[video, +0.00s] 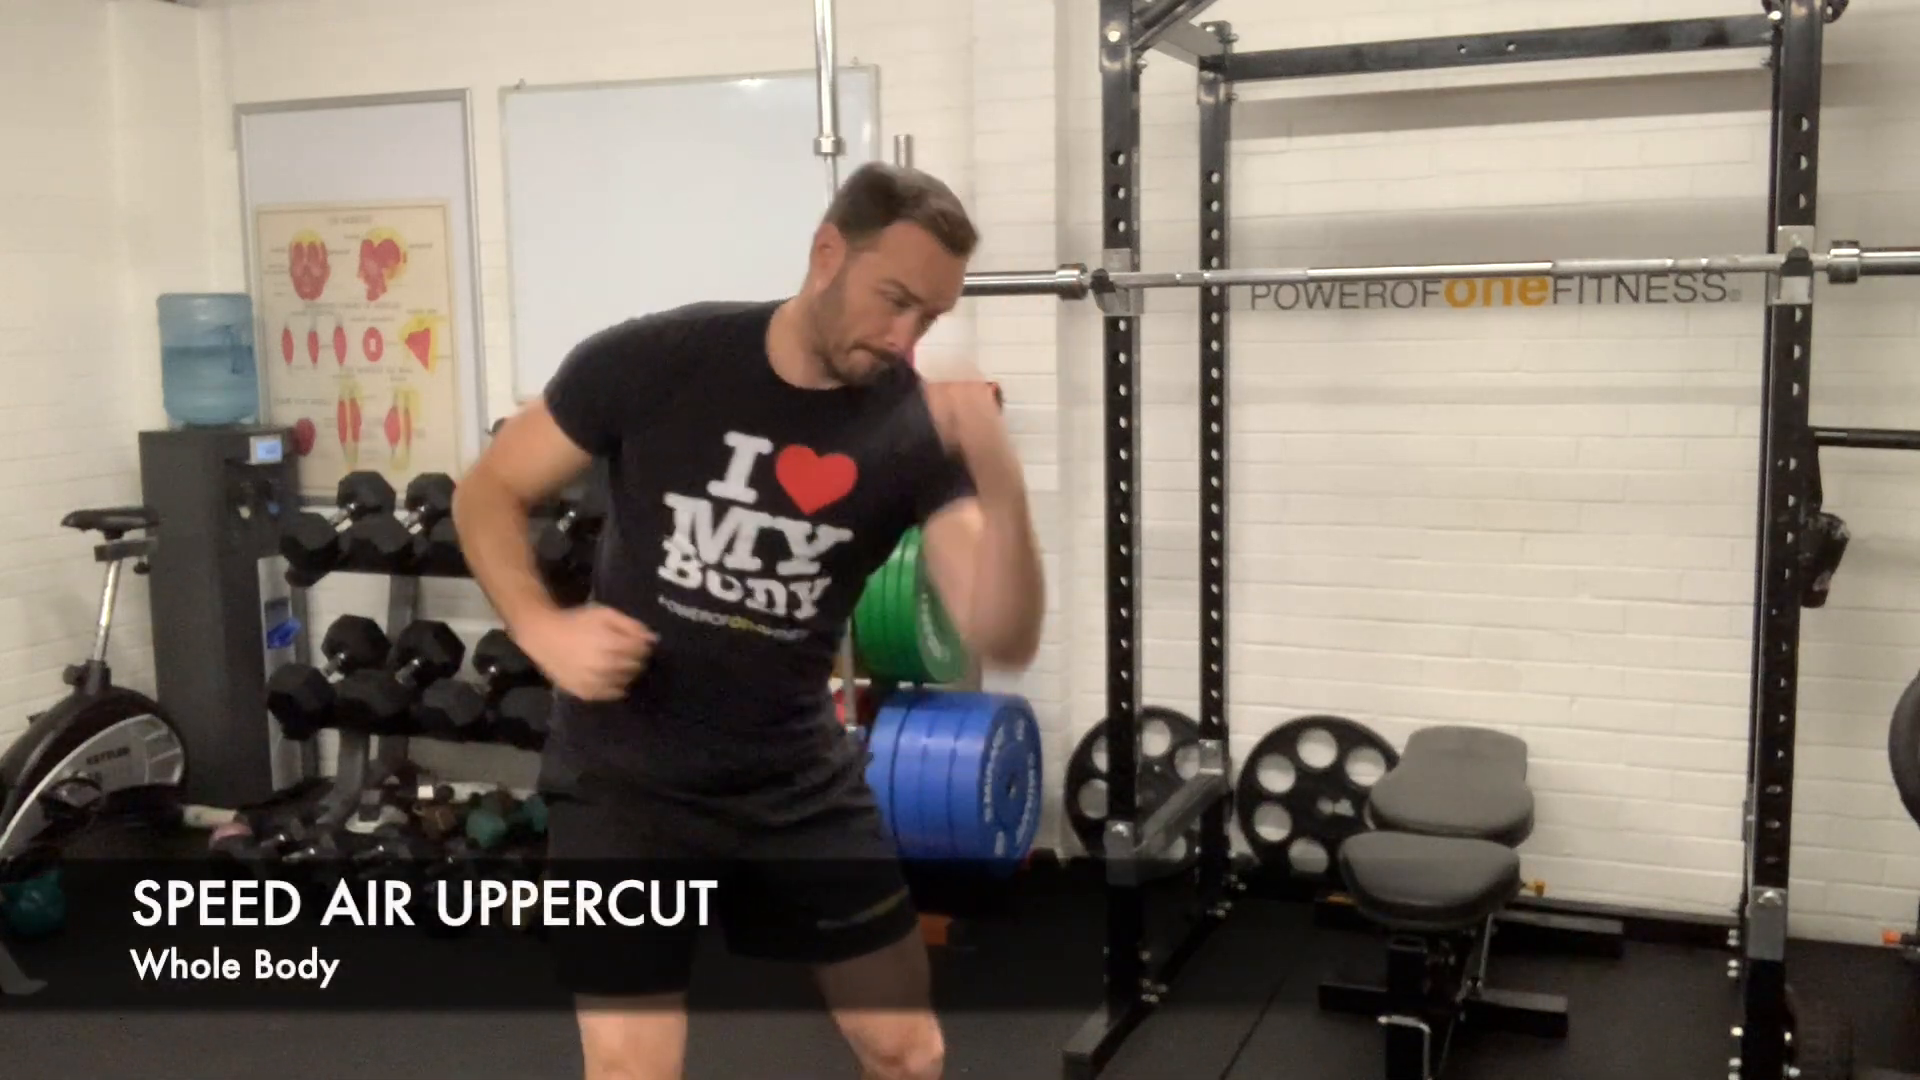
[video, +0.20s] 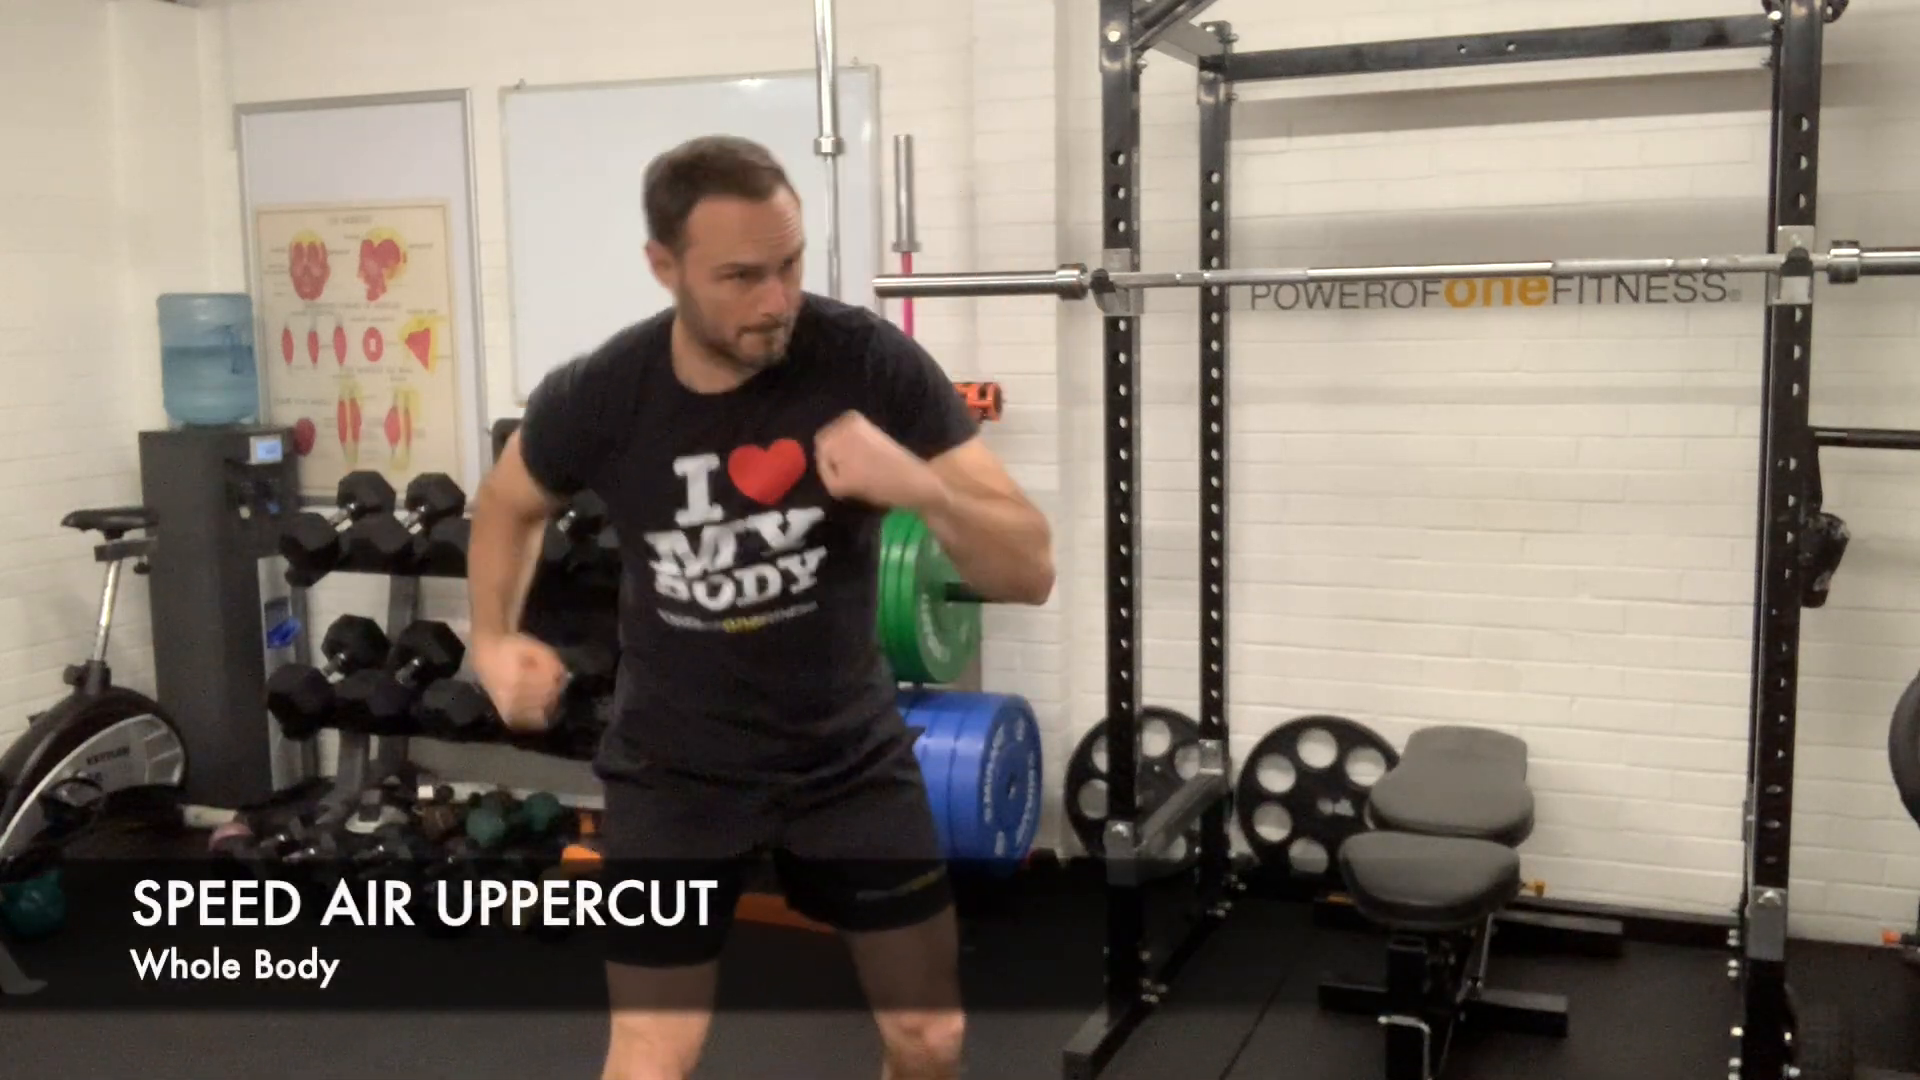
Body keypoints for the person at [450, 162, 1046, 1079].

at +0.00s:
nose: (907, 335)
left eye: (931, 316)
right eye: (894, 300)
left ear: (949, 308)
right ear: (826, 253)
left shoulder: (919, 432)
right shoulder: (648, 365)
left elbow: (1005, 638)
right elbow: (485, 492)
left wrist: (995, 466)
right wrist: (542, 627)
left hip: (798, 764)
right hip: (631, 761)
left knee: (909, 1054)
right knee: (632, 1065)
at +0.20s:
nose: (776, 301)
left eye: (789, 265)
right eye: (741, 277)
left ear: (803, 239)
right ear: (665, 267)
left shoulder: (870, 362)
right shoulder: (601, 399)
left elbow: (1031, 570)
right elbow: (505, 508)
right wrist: (493, 639)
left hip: (852, 758)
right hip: (674, 768)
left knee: (932, 1040)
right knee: (654, 1051)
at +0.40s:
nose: (823, 308)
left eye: (828, 279)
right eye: (800, 285)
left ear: (724, 277)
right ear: (710, 277)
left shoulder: (763, 360)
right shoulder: (673, 428)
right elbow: (863, 647)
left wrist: (849, 510)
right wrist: (985, 450)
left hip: (833, 741)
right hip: (716, 783)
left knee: (928, 1016)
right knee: (732, 1064)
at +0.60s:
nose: (920, 302)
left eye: (931, 276)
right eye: (906, 268)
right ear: (822, 247)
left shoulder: (860, 397)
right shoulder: (701, 351)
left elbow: (799, 589)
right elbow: (736, 525)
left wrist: (875, 701)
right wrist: (924, 429)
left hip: (778, 759)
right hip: (644, 776)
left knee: (894, 1013)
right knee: (679, 1066)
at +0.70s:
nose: (908, 309)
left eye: (922, 284)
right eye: (893, 276)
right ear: (810, 251)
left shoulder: (902, 429)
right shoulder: (655, 351)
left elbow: (942, 648)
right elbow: (505, 530)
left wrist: (994, 679)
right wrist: (711, 498)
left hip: (789, 763)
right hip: (629, 769)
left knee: (908, 1034)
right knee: (646, 1062)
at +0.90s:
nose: (836, 342)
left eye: (844, 312)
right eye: (807, 319)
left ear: (852, 290)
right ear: (717, 306)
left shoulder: (873, 386)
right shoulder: (611, 439)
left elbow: (1039, 564)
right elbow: (504, 568)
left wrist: (905, 489)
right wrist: (425, 715)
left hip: (833, 770)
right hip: (670, 786)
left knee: (944, 1031)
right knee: (681, 1063)